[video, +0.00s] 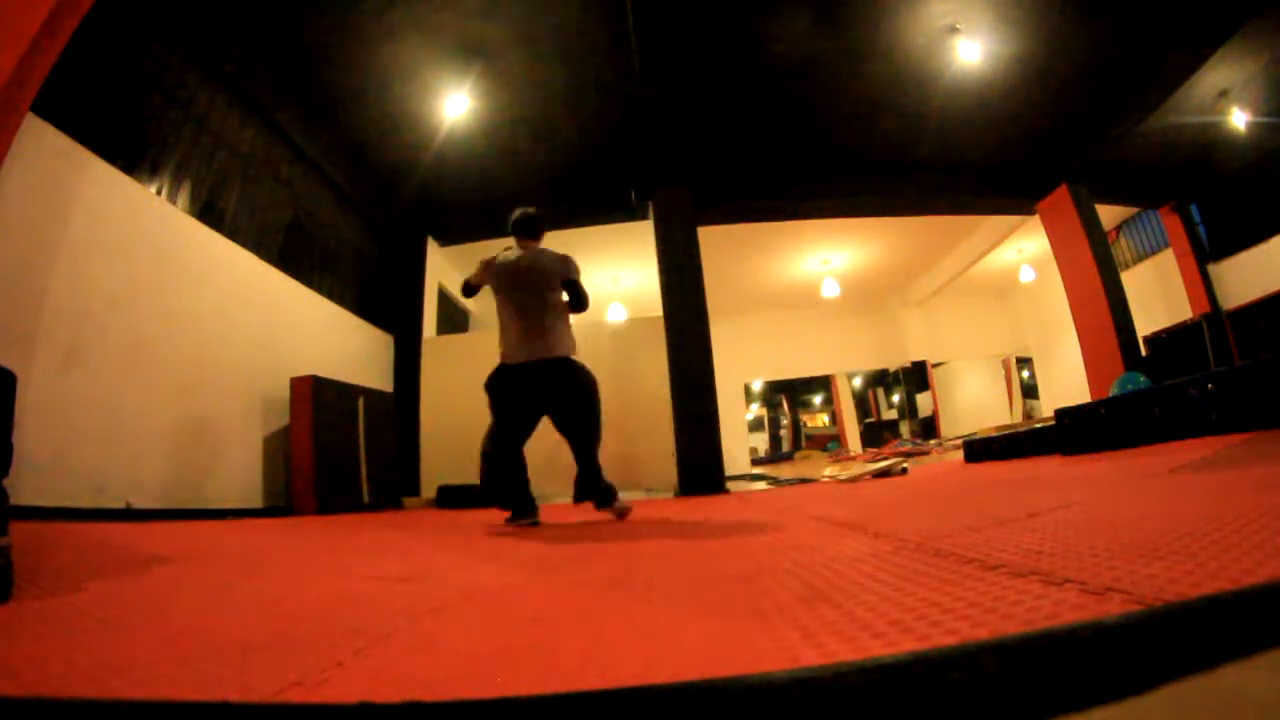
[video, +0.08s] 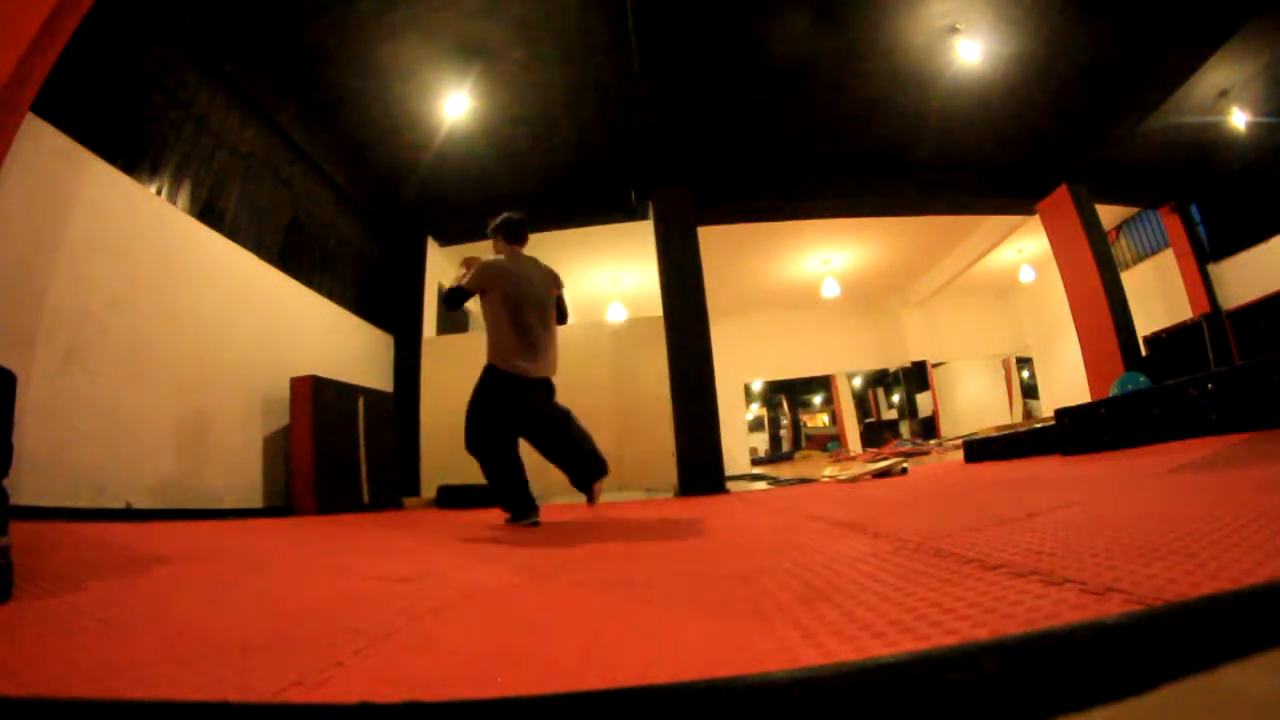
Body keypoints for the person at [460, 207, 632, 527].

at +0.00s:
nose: (528, 237)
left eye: (521, 233)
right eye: (533, 230)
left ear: (511, 235)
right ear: (542, 233)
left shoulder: (496, 265)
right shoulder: (561, 262)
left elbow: (468, 290)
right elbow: (580, 303)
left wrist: (489, 269)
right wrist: (552, 309)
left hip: (516, 375)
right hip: (562, 371)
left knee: (505, 444)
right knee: (584, 441)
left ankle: (522, 509)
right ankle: (601, 495)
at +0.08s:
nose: (491, 246)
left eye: (492, 241)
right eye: (493, 241)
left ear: (497, 240)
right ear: (525, 240)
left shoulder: (489, 268)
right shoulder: (547, 273)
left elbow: (451, 301)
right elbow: (561, 317)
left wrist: (465, 277)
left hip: (502, 376)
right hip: (540, 379)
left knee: (485, 439)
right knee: (542, 423)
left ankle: (522, 508)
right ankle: (588, 471)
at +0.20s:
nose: (465, 241)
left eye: (469, 234)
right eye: (465, 234)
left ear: (484, 233)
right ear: (485, 234)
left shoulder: (494, 257)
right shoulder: (495, 259)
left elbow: (491, 303)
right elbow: (492, 310)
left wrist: (451, 295)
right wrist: (480, 355)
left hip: (500, 355)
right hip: (498, 356)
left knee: (478, 415)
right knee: (489, 420)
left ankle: (520, 494)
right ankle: (518, 494)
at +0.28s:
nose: (448, 238)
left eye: (452, 231)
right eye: (449, 231)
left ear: (469, 231)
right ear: (466, 233)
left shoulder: (490, 257)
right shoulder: (472, 266)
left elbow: (506, 300)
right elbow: (478, 313)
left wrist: (459, 302)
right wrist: (450, 304)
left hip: (494, 358)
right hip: (471, 357)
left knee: (494, 420)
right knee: (448, 417)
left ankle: (521, 492)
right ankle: (458, 483)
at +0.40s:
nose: (426, 241)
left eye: (432, 234)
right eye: (427, 235)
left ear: (450, 236)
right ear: (443, 238)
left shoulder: (478, 268)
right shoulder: (440, 280)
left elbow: (505, 304)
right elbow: (446, 323)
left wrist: (464, 307)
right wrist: (416, 319)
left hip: (474, 374)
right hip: (439, 374)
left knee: (502, 440)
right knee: (410, 436)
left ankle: (519, 503)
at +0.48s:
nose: (411, 242)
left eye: (416, 236)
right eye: (411, 236)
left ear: (435, 239)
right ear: (420, 241)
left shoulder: (462, 274)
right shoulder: (414, 280)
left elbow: (490, 312)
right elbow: (418, 330)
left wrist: (458, 307)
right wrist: (397, 317)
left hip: (450, 377)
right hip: (412, 376)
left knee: (483, 440)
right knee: (392, 444)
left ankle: (515, 503)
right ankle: (377, 511)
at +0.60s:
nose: (385, 237)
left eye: (391, 231)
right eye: (385, 231)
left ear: (411, 235)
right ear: (394, 237)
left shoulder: (435, 272)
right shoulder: (383, 276)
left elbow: (455, 320)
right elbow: (377, 325)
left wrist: (426, 309)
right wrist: (367, 312)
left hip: (419, 369)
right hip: (382, 368)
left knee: (430, 442)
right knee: (368, 442)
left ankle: (484, 492)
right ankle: (368, 514)